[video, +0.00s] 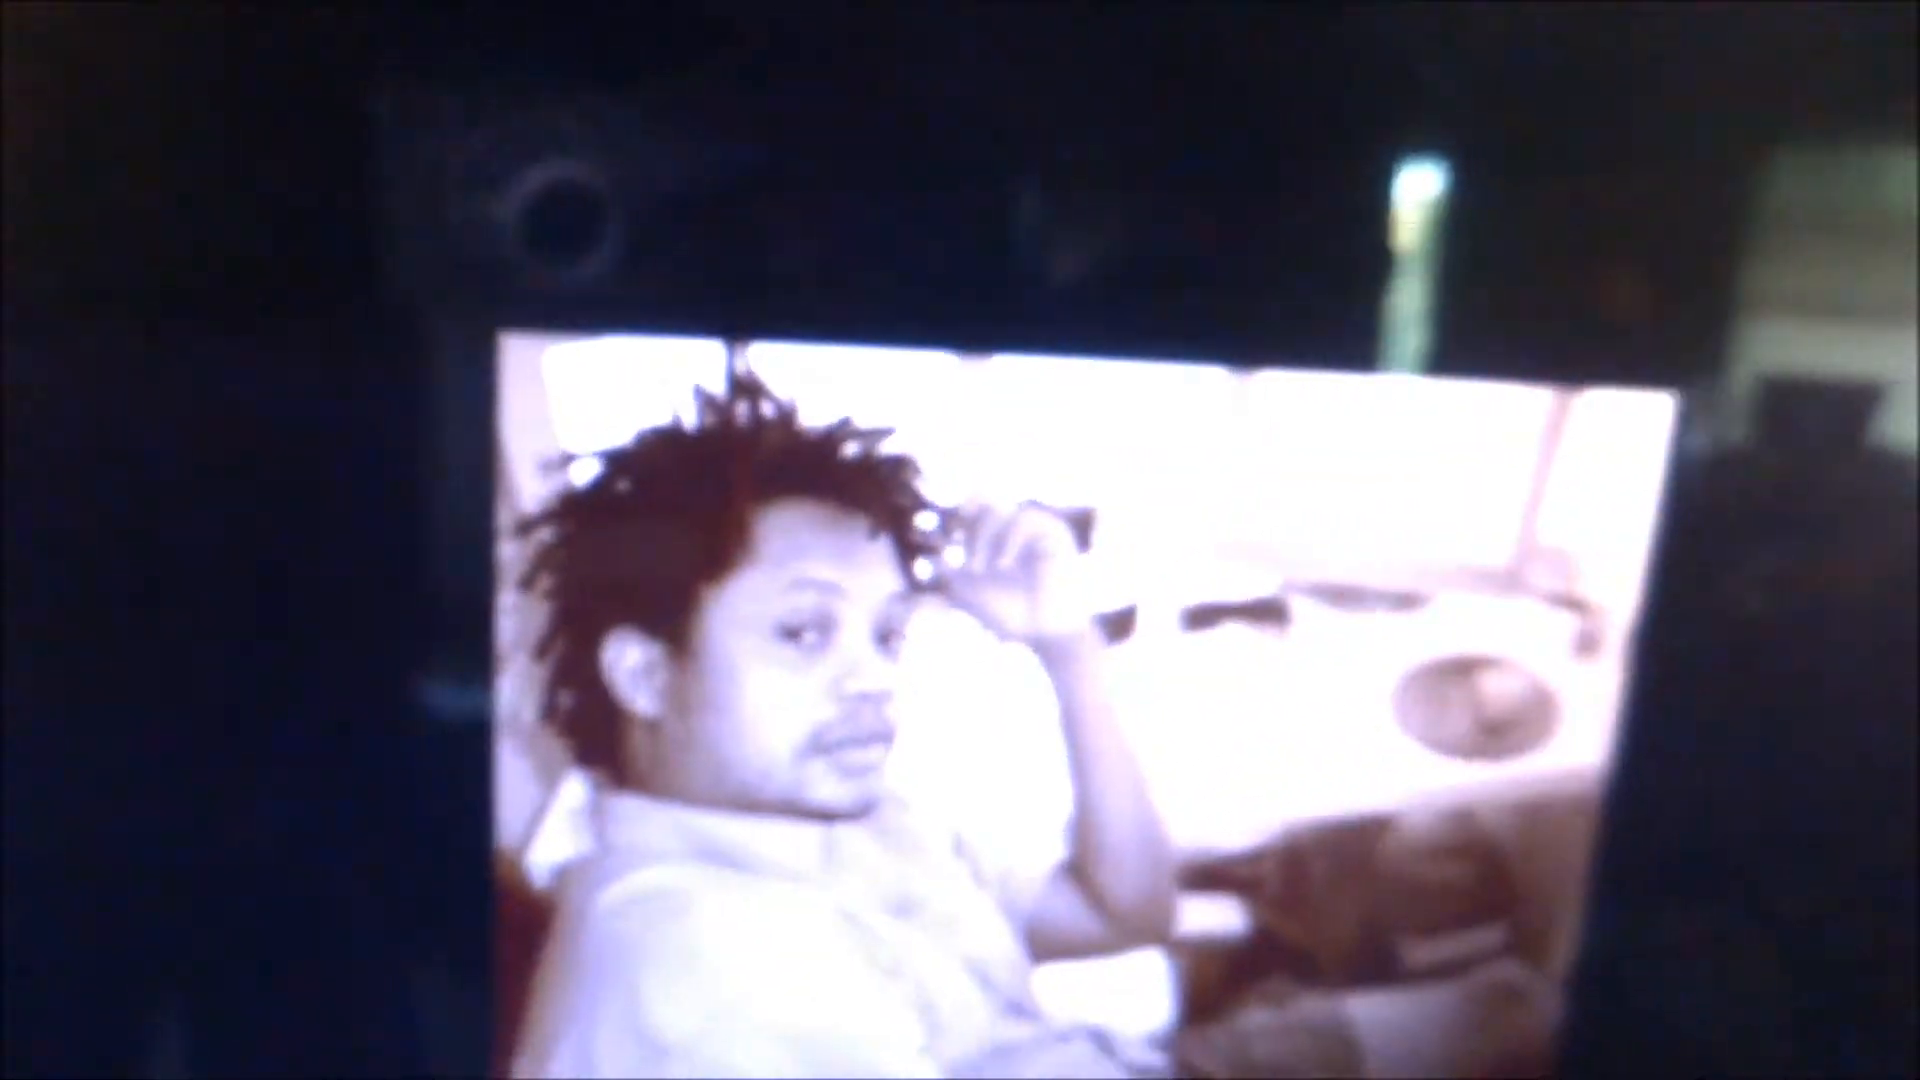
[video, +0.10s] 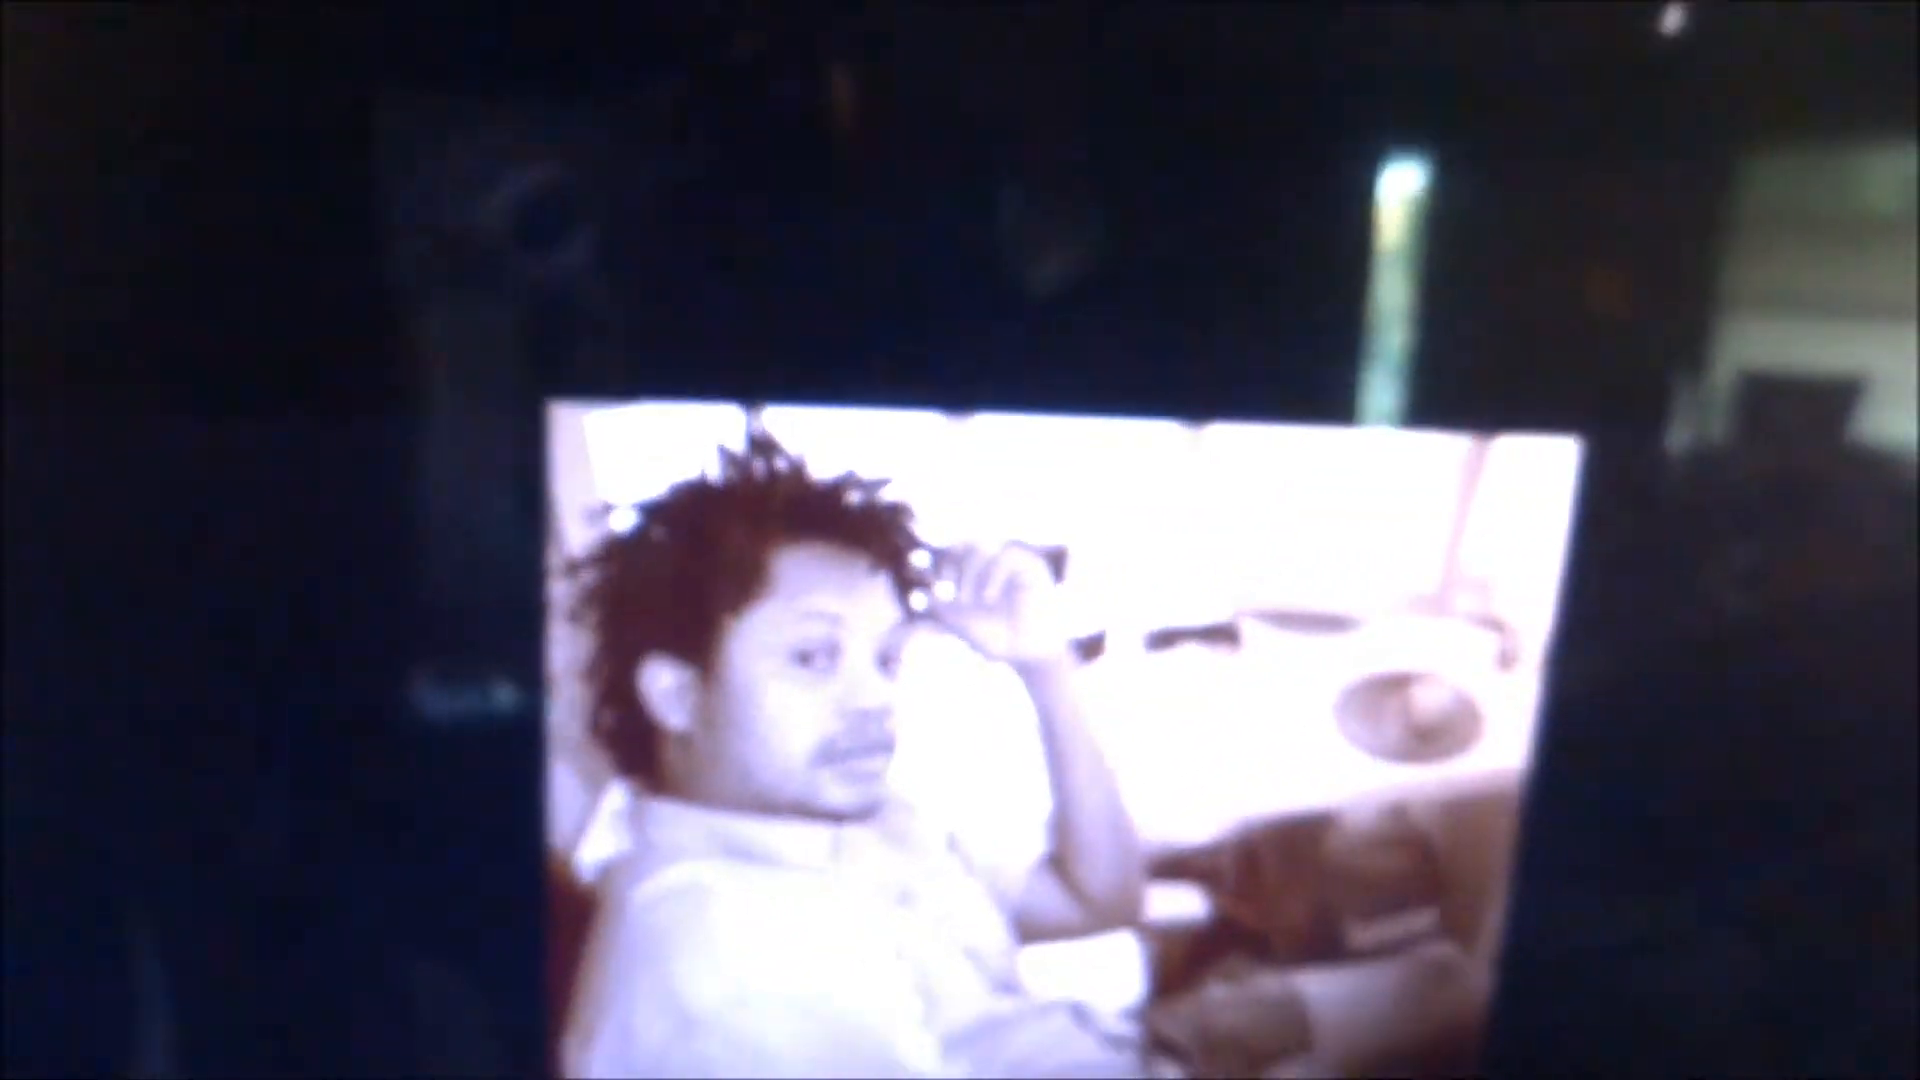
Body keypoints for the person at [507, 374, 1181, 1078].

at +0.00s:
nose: (873, 681)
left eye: (887, 636)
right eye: (803, 633)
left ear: (909, 636)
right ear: (640, 675)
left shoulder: (880, 843)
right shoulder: (672, 949)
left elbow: (1127, 907)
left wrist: (1069, 645)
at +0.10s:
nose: (872, 705)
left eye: (884, 660)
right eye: (811, 662)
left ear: (907, 659)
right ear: (671, 693)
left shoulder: (880, 834)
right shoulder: (703, 944)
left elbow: (1102, 897)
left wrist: (1049, 669)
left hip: (1118, 1043)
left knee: (1436, 964)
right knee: (1453, 994)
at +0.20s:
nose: (909, 700)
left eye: (918, 666)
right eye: (859, 667)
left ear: (936, 666)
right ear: (735, 696)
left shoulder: (903, 827)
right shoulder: (757, 925)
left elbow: (1105, 871)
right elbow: (978, 1064)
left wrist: (1059, 673)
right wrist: (1291, 1026)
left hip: (1124, 1025)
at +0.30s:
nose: (948, 705)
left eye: (960, 676)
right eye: (905, 674)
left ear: (975, 678)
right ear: (801, 699)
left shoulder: (951, 817)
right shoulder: (812, 895)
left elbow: (1117, 859)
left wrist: (1081, 681)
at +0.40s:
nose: (972, 701)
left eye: (981, 675)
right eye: (936, 674)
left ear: (994, 676)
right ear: (848, 693)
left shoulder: (972, 797)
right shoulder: (854, 849)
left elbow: (1115, 830)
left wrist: (1082, 680)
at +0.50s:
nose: (979, 688)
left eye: (988, 664)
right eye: (950, 664)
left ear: (1000, 665)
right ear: (875, 680)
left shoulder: (981, 773)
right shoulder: (874, 824)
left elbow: (1103, 803)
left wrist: (1078, 673)